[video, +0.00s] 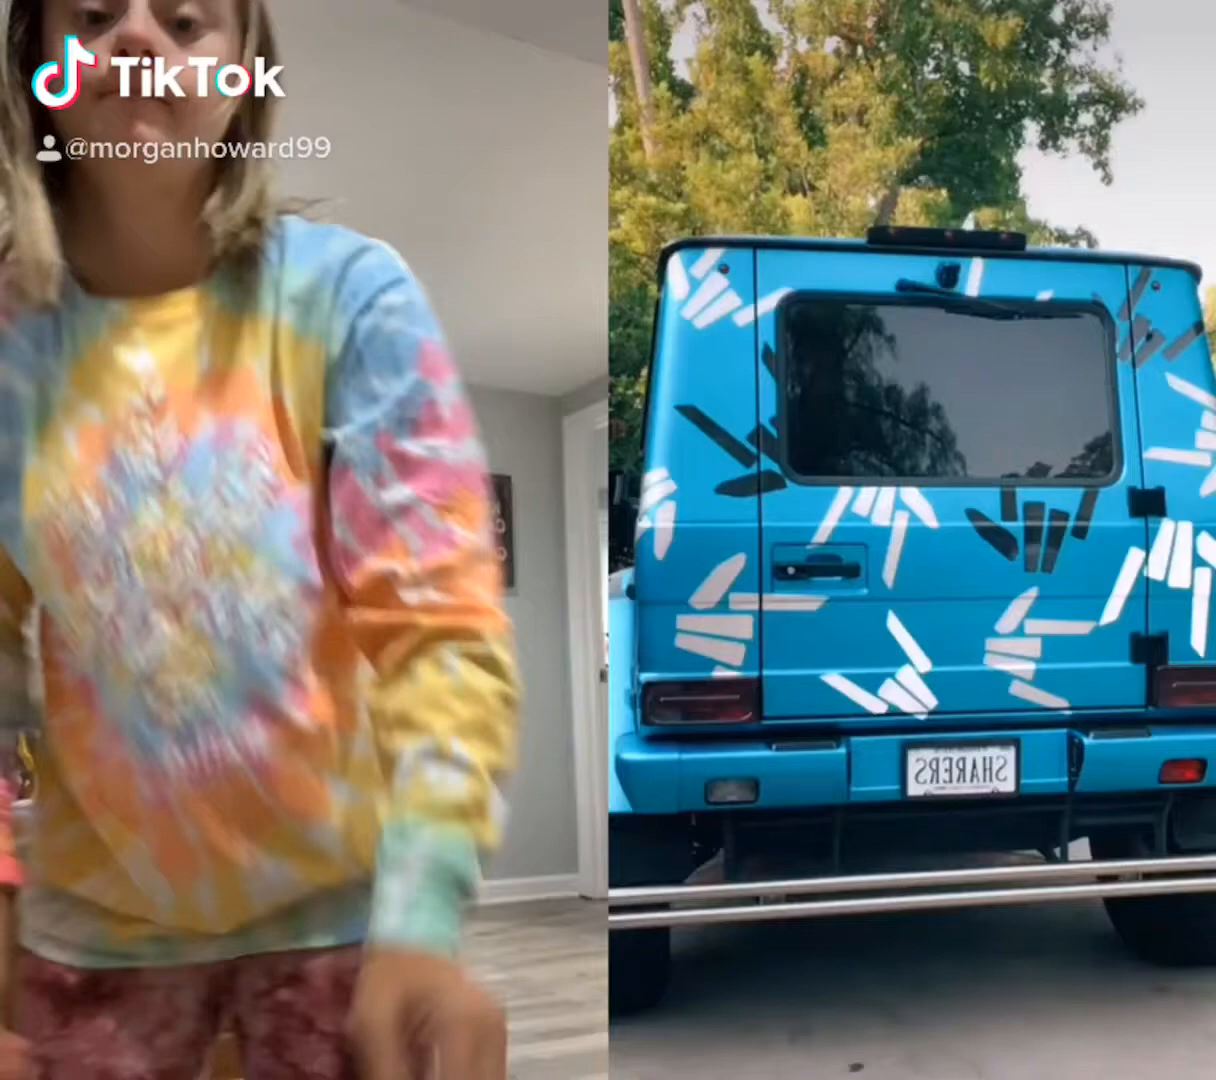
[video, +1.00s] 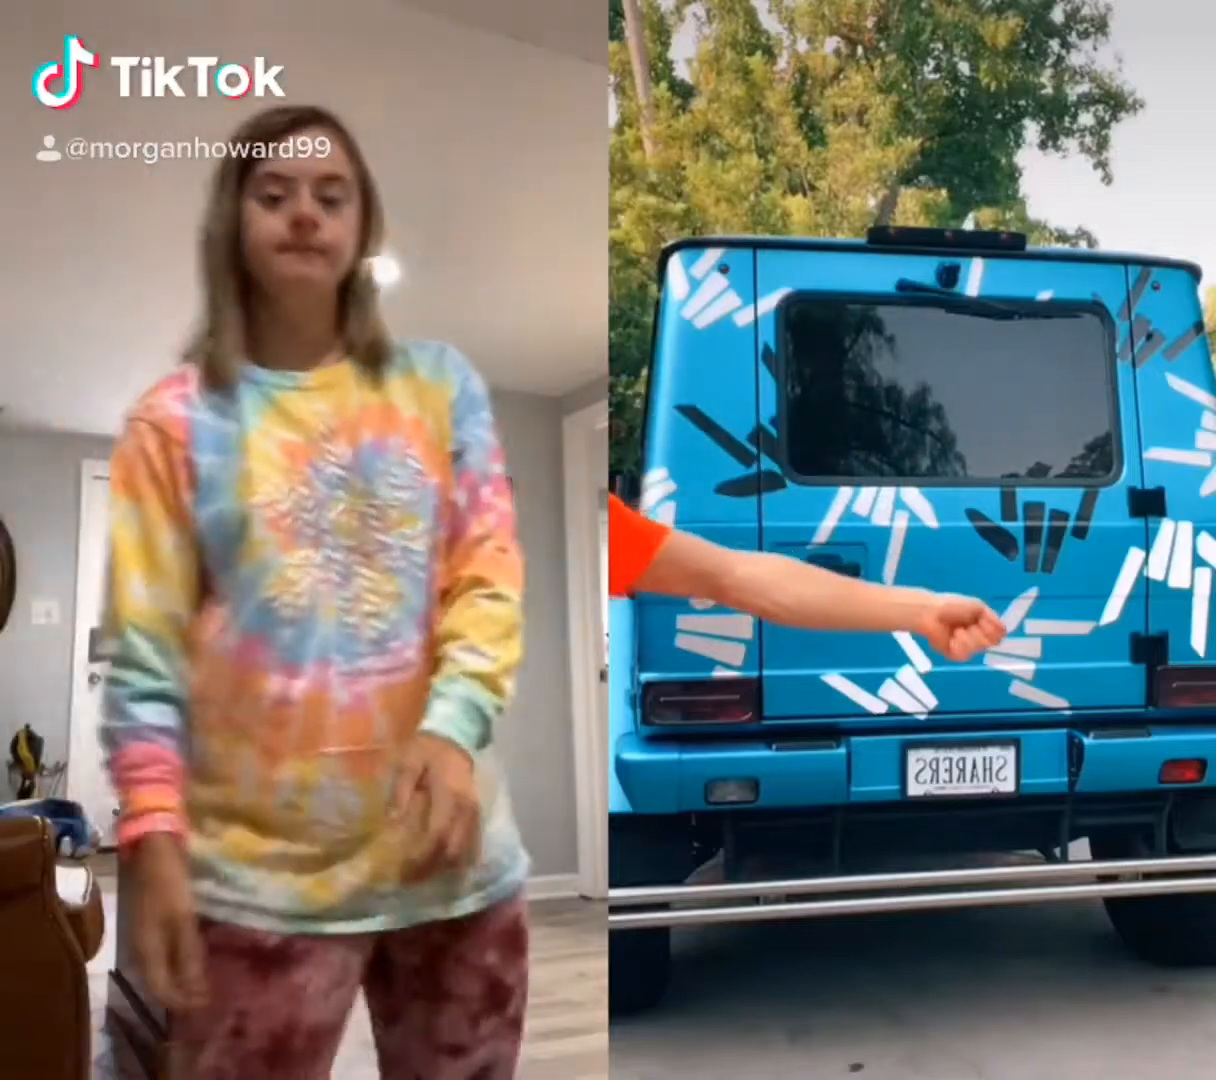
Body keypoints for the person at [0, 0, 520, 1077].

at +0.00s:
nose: (139, 39)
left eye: (185, 14)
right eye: (93, 15)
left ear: (249, 71)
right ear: (34, 69)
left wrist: (418, 926)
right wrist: (6, 933)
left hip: (331, 938)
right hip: (86, 956)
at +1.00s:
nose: (305, 215)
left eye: (331, 193)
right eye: (273, 193)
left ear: (364, 226)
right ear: (231, 223)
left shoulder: (443, 390)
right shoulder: (175, 422)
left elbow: (488, 585)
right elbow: (141, 652)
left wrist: (454, 728)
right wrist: (154, 844)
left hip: (449, 869)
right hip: (257, 885)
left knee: (468, 1068)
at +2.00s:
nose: (216, 216)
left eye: (241, 194)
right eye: (185, 192)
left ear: (273, 227)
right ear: (140, 218)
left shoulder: (301, 414)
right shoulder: (80, 351)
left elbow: (329, 622)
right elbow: (136, 553)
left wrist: (327, 757)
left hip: (284, 829)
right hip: (117, 843)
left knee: (349, 1067)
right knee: (127, 1073)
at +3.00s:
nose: (170, 216)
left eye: (197, 196)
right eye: (141, 191)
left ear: (226, 228)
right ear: (94, 214)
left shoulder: (264, 397)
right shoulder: (51, 340)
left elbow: (398, 511)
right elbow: (194, 488)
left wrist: (537, 619)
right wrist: (405, 595)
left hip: (293, 820)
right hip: (116, 832)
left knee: (360, 1065)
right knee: (137, 1070)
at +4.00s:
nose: (384, 237)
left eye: (411, 220)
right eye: (357, 217)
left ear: (439, 251)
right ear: (315, 242)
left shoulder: (507, 388)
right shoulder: (260, 418)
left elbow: (561, 572)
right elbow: (226, 616)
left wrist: (580, 711)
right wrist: (186, 772)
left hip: (501, 829)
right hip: (332, 842)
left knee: (481, 1071)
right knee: (322, 1071)